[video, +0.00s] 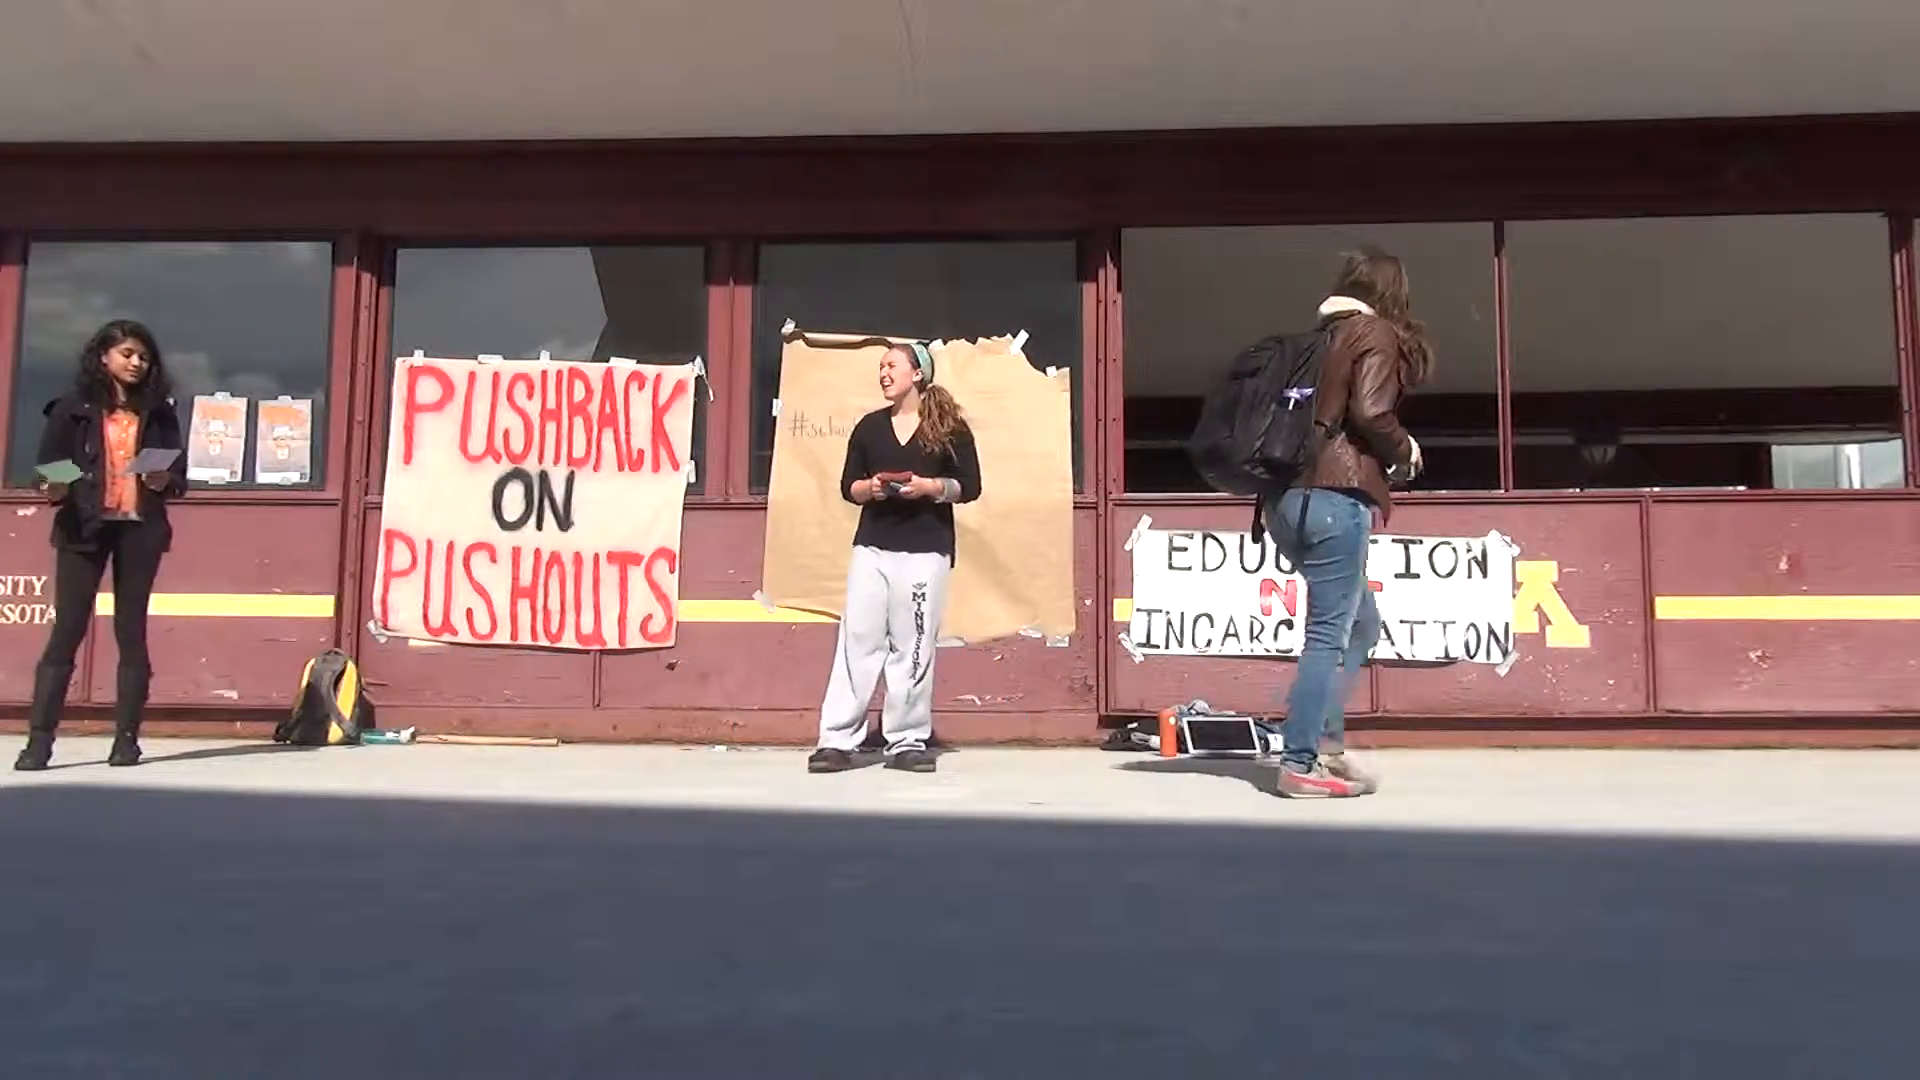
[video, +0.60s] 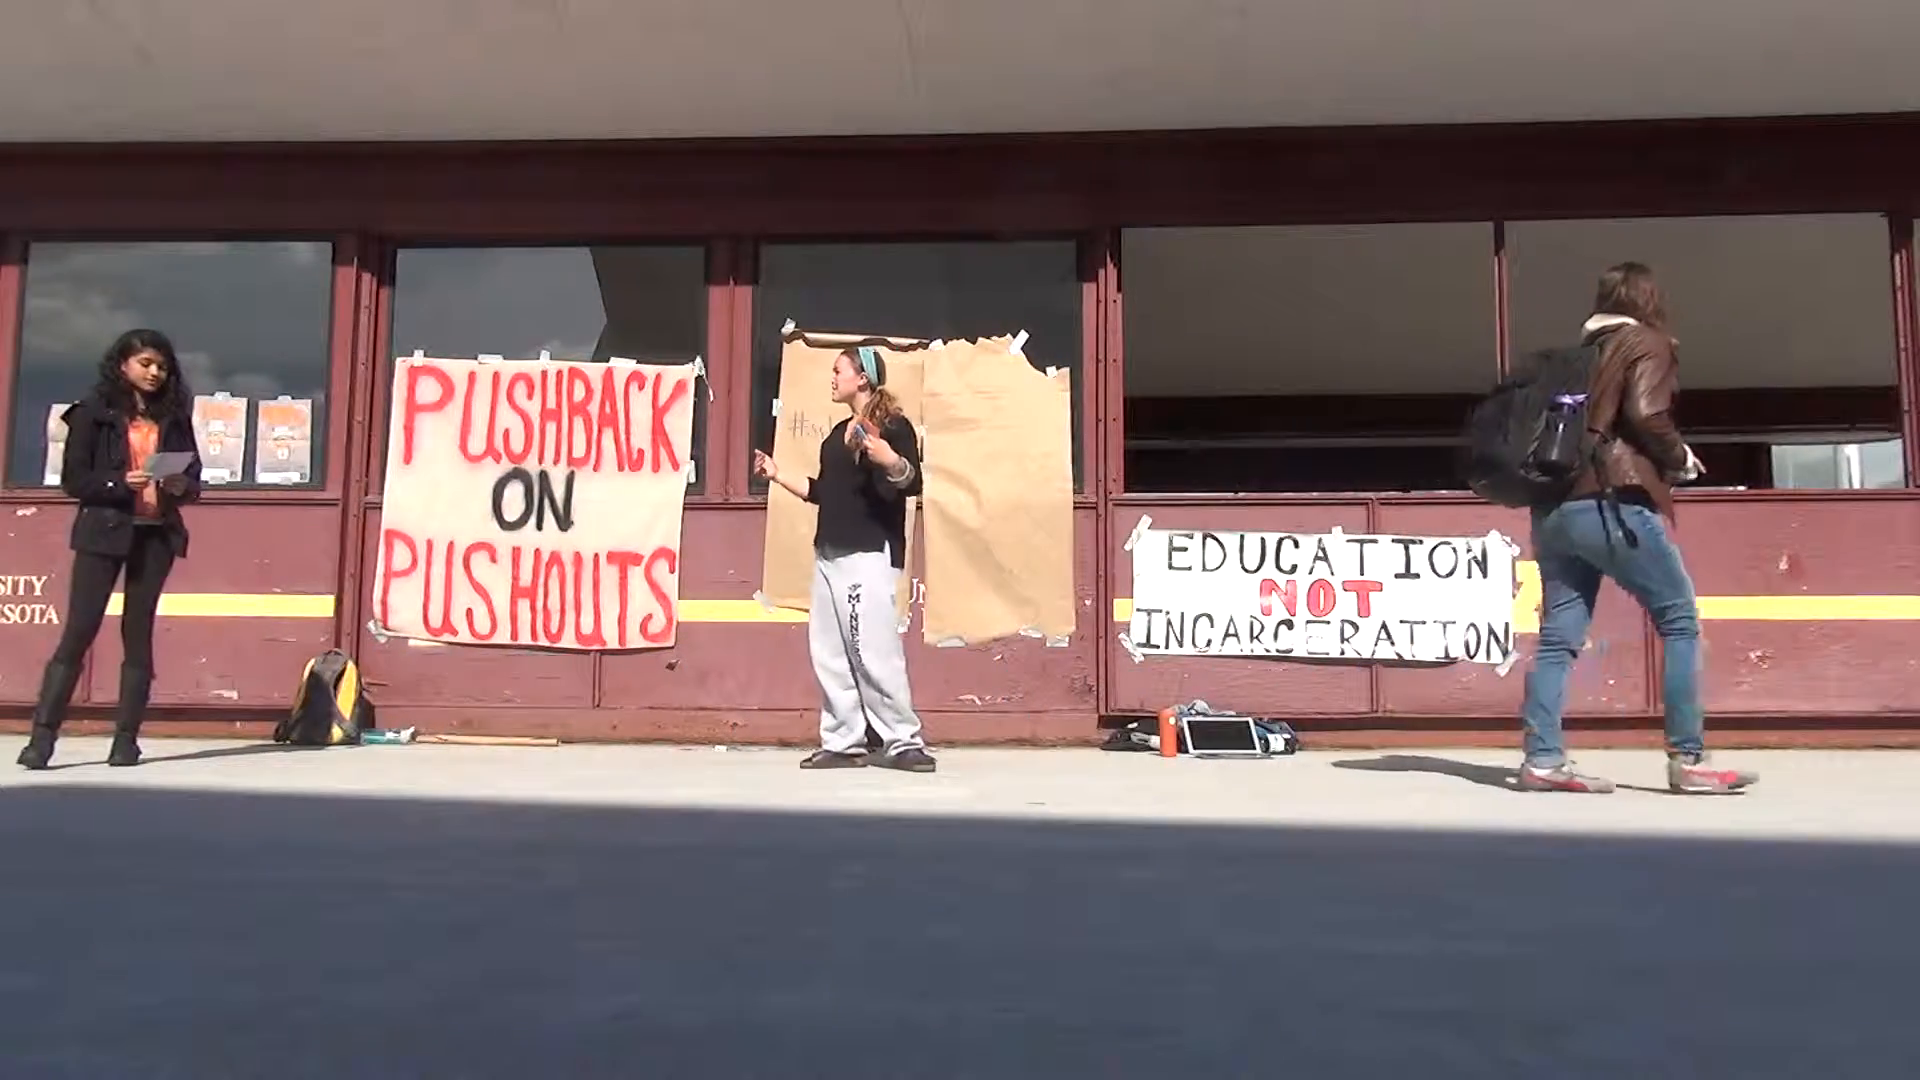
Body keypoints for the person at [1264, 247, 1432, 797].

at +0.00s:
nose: (1400, 303)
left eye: (1398, 293)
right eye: (1398, 293)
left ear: (1344, 286)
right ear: (1387, 292)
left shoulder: (1314, 338)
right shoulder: (1377, 336)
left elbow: (1284, 418)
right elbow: (1368, 412)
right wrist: (1405, 451)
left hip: (1284, 501)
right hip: (1337, 504)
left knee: (1365, 626)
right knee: (1326, 635)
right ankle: (1298, 766)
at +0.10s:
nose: (1448, 308)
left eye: (1444, 298)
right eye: (1444, 299)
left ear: (1390, 298)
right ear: (1433, 302)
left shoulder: (1363, 347)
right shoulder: (1427, 348)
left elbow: (1332, 424)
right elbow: (1419, 425)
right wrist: (1449, 468)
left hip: (1328, 510)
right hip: (1378, 512)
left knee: (1412, 635)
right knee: (1344, 640)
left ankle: (1454, 758)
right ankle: (1300, 765)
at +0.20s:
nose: (1496, 319)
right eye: (1493, 309)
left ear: (1439, 309)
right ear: (1483, 313)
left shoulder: (1411, 360)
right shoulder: (1474, 359)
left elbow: (1384, 435)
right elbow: (1464, 438)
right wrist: (1496, 479)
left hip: (1378, 521)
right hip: (1426, 522)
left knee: (1468, 642)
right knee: (1378, 641)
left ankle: (1525, 756)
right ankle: (1309, 755)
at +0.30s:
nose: (1538, 321)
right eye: (1533, 312)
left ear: (1478, 315)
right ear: (1524, 314)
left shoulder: (1454, 364)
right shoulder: (1519, 361)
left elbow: (1431, 440)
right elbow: (1517, 435)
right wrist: (1548, 479)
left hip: (1433, 524)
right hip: (1483, 522)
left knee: (1522, 635)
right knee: (1452, 648)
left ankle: (1543, 762)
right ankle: (1352, 732)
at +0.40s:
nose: (1575, 312)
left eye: (1568, 302)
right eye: (1572, 304)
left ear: (1519, 306)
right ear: (1564, 306)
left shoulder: (1497, 355)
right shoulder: (1563, 348)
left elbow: (1481, 430)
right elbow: (1561, 422)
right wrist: (1599, 465)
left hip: (1477, 516)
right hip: (1528, 512)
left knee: (1539, 640)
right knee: (1547, 642)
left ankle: (1544, 763)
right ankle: (1443, 712)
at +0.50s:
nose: (1620, 303)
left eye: (1618, 293)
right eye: (1617, 294)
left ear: (1561, 296)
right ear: (1606, 296)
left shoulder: (1536, 347)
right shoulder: (1604, 338)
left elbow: (1520, 426)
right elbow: (1602, 411)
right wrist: (1643, 457)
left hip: (1516, 508)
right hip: (1571, 504)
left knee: (1547, 634)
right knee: (1622, 624)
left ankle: (1539, 757)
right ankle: (1554, 732)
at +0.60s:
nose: (1662, 308)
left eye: (1656, 297)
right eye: (1658, 299)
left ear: (1603, 301)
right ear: (1650, 300)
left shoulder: (1578, 350)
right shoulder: (1649, 343)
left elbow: (1562, 425)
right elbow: (1644, 416)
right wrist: (1682, 460)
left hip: (1554, 512)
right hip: (1615, 509)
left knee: (1557, 642)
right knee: (1679, 622)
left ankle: (1541, 762)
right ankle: (1686, 760)